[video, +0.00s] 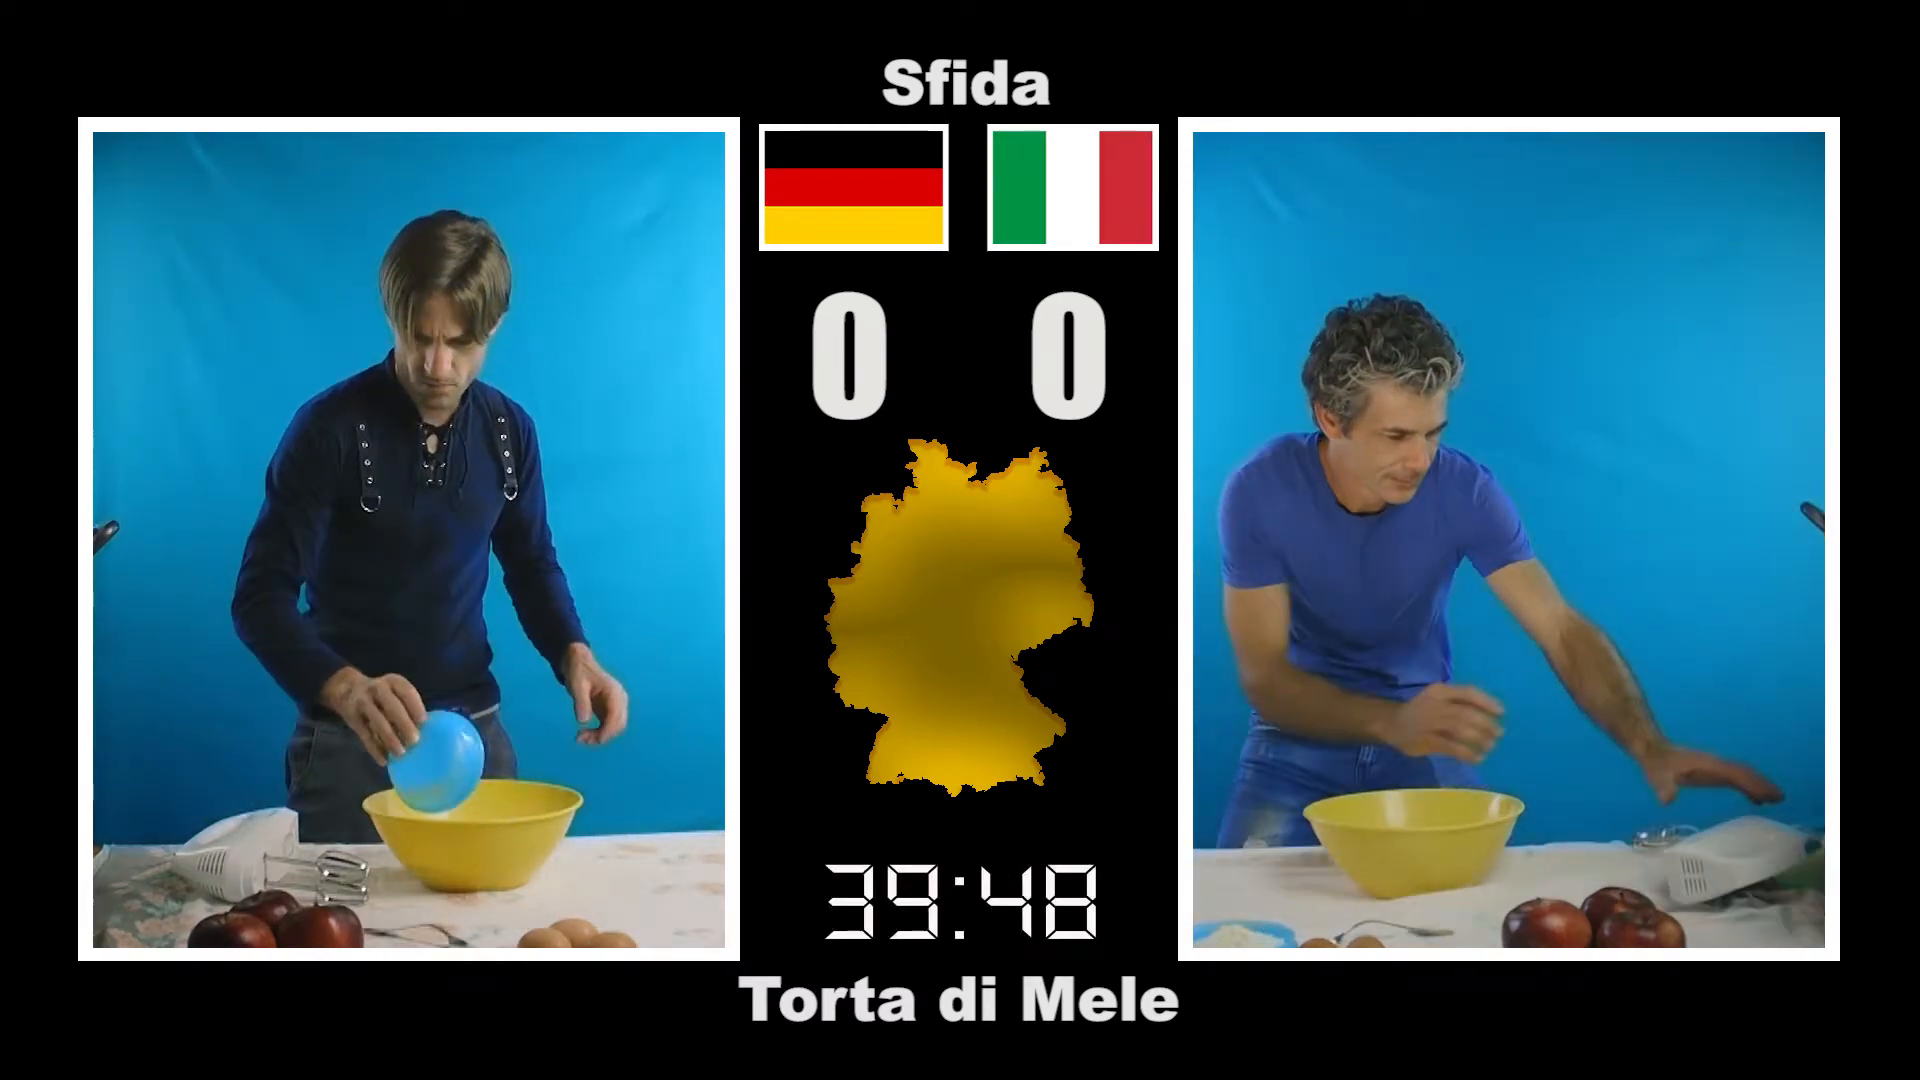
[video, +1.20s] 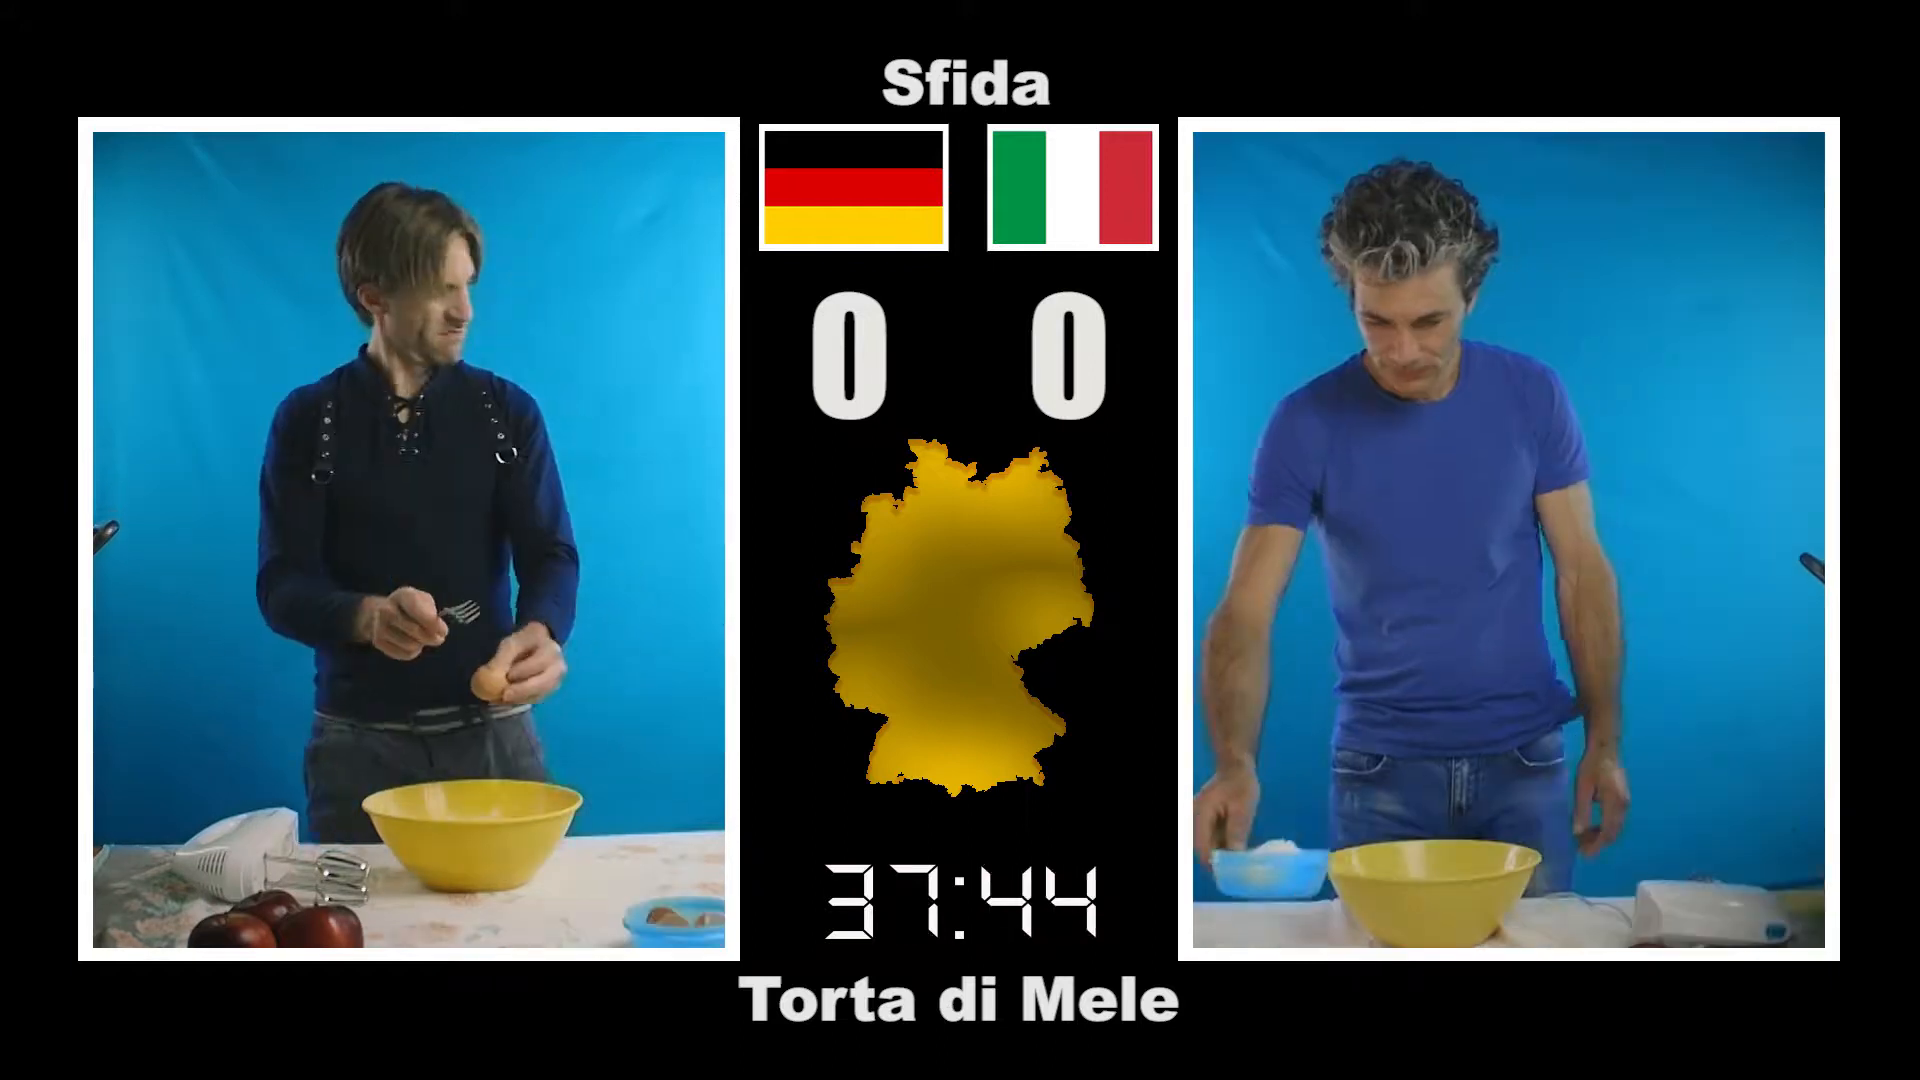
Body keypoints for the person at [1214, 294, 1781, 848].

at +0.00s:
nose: (1420, 460)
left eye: (1432, 433)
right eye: (1396, 438)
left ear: (1442, 411)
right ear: (1328, 421)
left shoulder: (1463, 493)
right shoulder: (1260, 495)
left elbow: (1561, 631)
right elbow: (1266, 684)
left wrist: (1651, 749)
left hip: (1419, 762)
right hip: (1294, 759)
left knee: (1436, 932)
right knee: (1254, 926)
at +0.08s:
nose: (1440, 467)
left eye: (1455, 440)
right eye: (1417, 445)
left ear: (1465, 420)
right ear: (1351, 430)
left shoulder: (1479, 493)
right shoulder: (1293, 497)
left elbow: (1571, 643)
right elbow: (1345, 684)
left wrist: (1640, 769)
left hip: (1433, 760)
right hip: (1309, 757)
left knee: (1456, 932)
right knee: (1272, 930)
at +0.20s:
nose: (1509, 479)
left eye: (1522, 452)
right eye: (1486, 454)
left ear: (1533, 439)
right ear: (1418, 445)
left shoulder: (1529, 507)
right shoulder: (1361, 524)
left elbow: (1578, 656)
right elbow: (1458, 667)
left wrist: (1624, 778)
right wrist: (1614, 763)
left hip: (1450, 761)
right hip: (1333, 769)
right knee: (1313, 937)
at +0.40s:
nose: (1612, 496)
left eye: (1630, 469)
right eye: (1589, 469)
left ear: (1644, 450)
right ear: (1524, 446)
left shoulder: (1630, 533)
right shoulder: (1449, 508)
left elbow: (1658, 690)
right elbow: (1467, 693)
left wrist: (1723, 794)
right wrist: (1616, 803)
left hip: (1500, 743)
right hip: (1383, 750)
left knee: (1524, 919)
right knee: (1361, 925)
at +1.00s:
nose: (1609, 422)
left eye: (1630, 395)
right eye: (1583, 395)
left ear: (1648, 374)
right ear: (1528, 368)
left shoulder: (1656, 467)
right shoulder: (1457, 448)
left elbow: (1702, 636)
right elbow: (1434, 644)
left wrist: (1789, 735)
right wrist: (1568, 696)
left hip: (1556, 729)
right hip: (1433, 719)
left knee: (1607, 922)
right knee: (1384, 922)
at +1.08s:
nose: (1605, 412)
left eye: (1624, 385)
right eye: (1579, 385)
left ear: (1640, 365)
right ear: (1522, 362)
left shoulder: (1649, 466)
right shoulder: (1453, 443)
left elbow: (1703, 648)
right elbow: (1458, 625)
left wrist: (1795, 734)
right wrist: (1617, 657)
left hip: (1553, 735)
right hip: (1425, 734)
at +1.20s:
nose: (1405, 350)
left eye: (1430, 321)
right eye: (1379, 322)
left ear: (1468, 294)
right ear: (1352, 297)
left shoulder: (1529, 397)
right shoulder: (1310, 423)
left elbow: (1583, 573)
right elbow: (1244, 613)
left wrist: (1604, 745)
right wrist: (1234, 764)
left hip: (1525, 765)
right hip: (1380, 769)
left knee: (1533, 963)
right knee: (1381, 972)